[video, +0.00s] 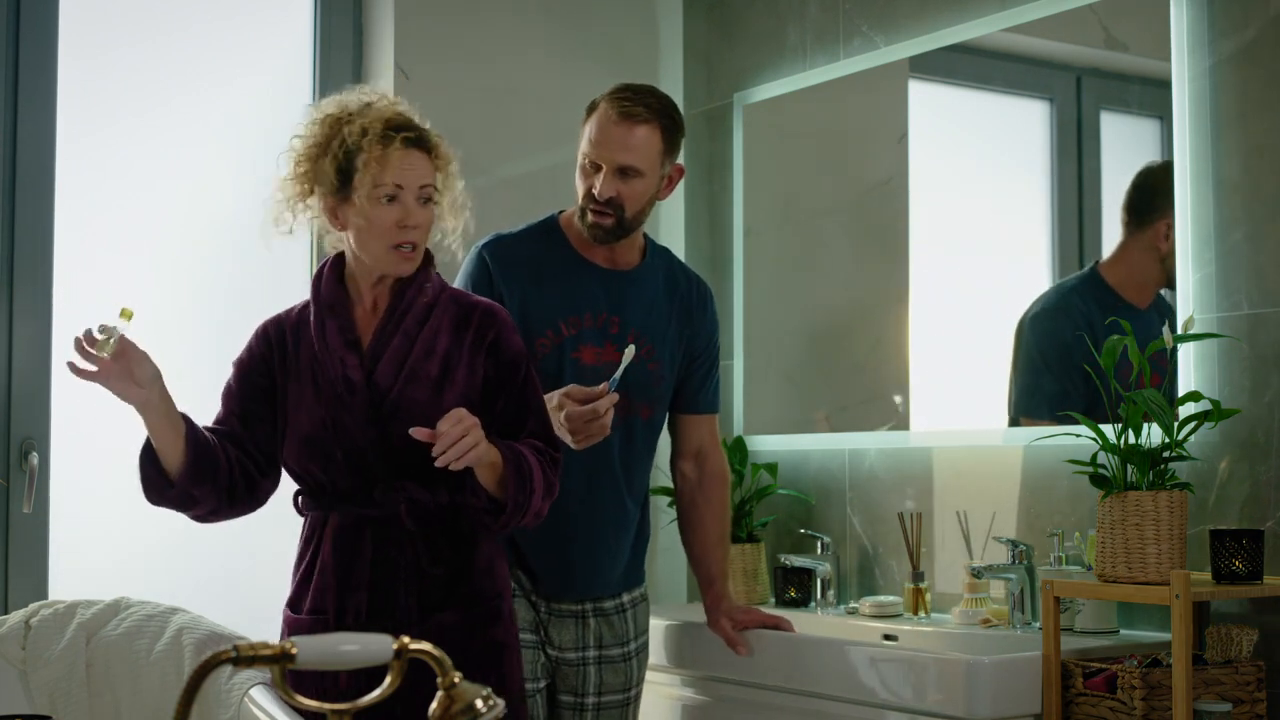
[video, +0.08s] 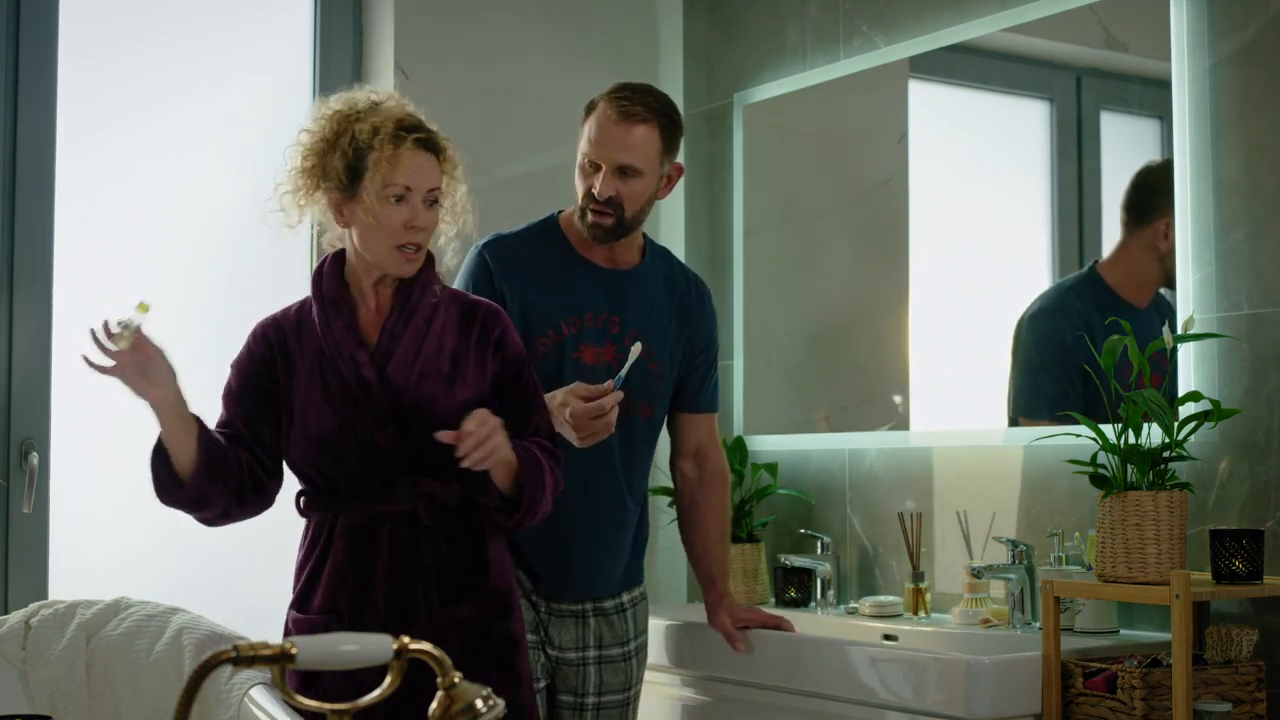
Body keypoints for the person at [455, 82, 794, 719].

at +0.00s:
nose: (600, 190)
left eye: (626, 174)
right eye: (591, 165)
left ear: (669, 180)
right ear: (577, 154)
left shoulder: (686, 300)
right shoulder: (500, 267)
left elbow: (698, 459)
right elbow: (451, 415)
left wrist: (717, 595)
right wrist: (542, 421)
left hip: (611, 588)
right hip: (501, 579)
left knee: (602, 712)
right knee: (503, 714)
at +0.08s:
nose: (600, 190)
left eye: (626, 174)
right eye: (591, 166)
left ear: (668, 179)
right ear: (576, 154)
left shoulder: (684, 299)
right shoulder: (500, 266)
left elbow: (698, 459)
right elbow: (452, 418)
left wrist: (718, 595)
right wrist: (545, 419)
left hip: (611, 593)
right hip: (500, 583)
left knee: (602, 712)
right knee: (502, 714)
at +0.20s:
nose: (599, 187)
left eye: (623, 172)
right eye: (589, 164)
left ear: (665, 177)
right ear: (574, 153)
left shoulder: (681, 297)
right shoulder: (499, 265)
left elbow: (697, 457)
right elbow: (454, 414)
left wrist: (720, 593)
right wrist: (548, 411)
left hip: (609, 594)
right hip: (496, 586)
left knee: (602, 712)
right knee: (494, 713)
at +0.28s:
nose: (597, 186)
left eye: (622, 169)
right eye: (587, 162)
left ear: (663, 174)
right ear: (572, 152)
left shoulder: (677, 297)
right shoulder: (499, 265)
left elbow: (697, 458)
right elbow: (457, 420)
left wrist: (723, 591)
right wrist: (552, 409)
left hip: (609, 592)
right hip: (498, 586)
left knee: (601, 712)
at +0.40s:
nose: (597, 183)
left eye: (621, 166)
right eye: (586, 160)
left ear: (660, 171)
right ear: (569, 152)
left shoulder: (671, 295)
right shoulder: (495, 264)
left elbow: (695, 456)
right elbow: (454, 415)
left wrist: (730, 590)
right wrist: (551, 396)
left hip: (608, 590)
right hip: (499, 584)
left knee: (601, 713)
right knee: (499, 716)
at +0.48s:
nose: (598, 180)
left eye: (620, 163)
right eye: (586, 159)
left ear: (657, 170)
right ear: (565, 153)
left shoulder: (669, 296)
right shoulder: (497, 265)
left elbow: (695, 454)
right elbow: (459, 414)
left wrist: (738, 591)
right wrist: (564, 392)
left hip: (609, 587)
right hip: (502, 581)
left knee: (601, 711)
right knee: (504, 713)